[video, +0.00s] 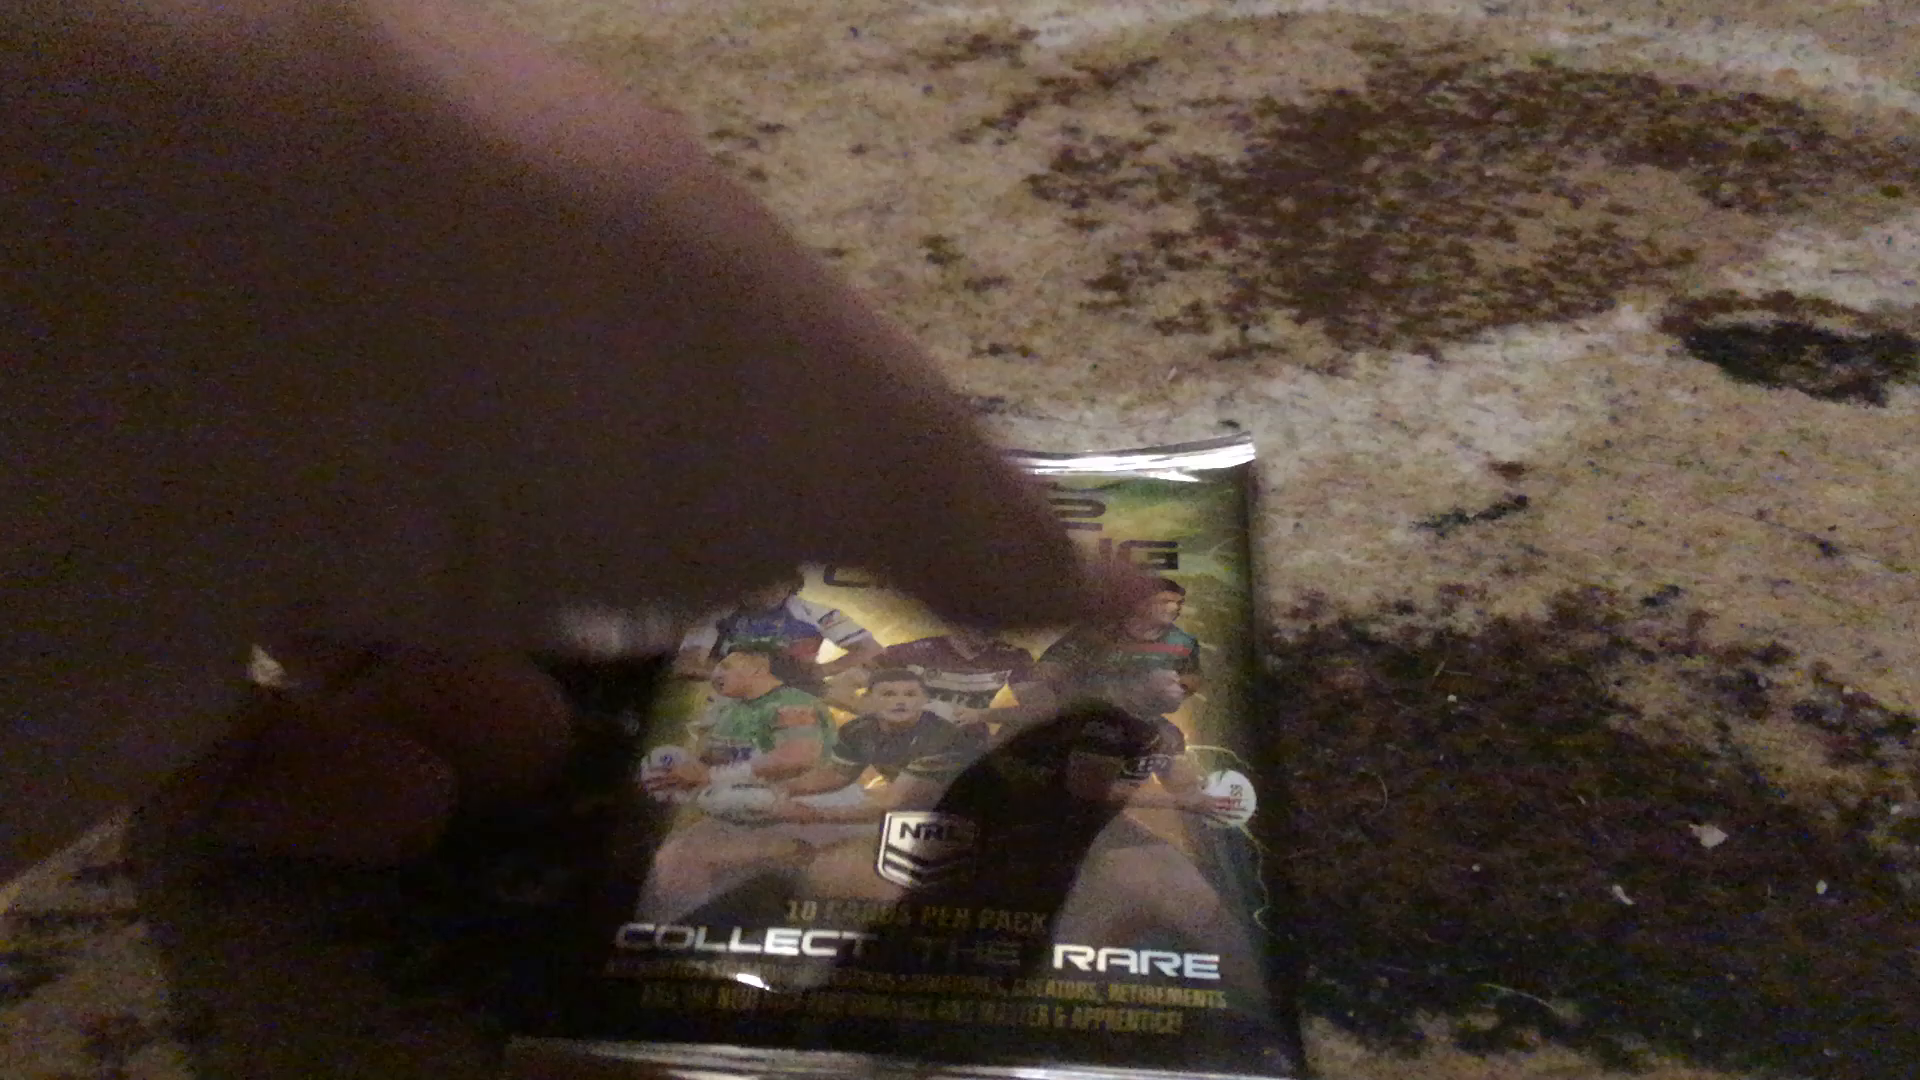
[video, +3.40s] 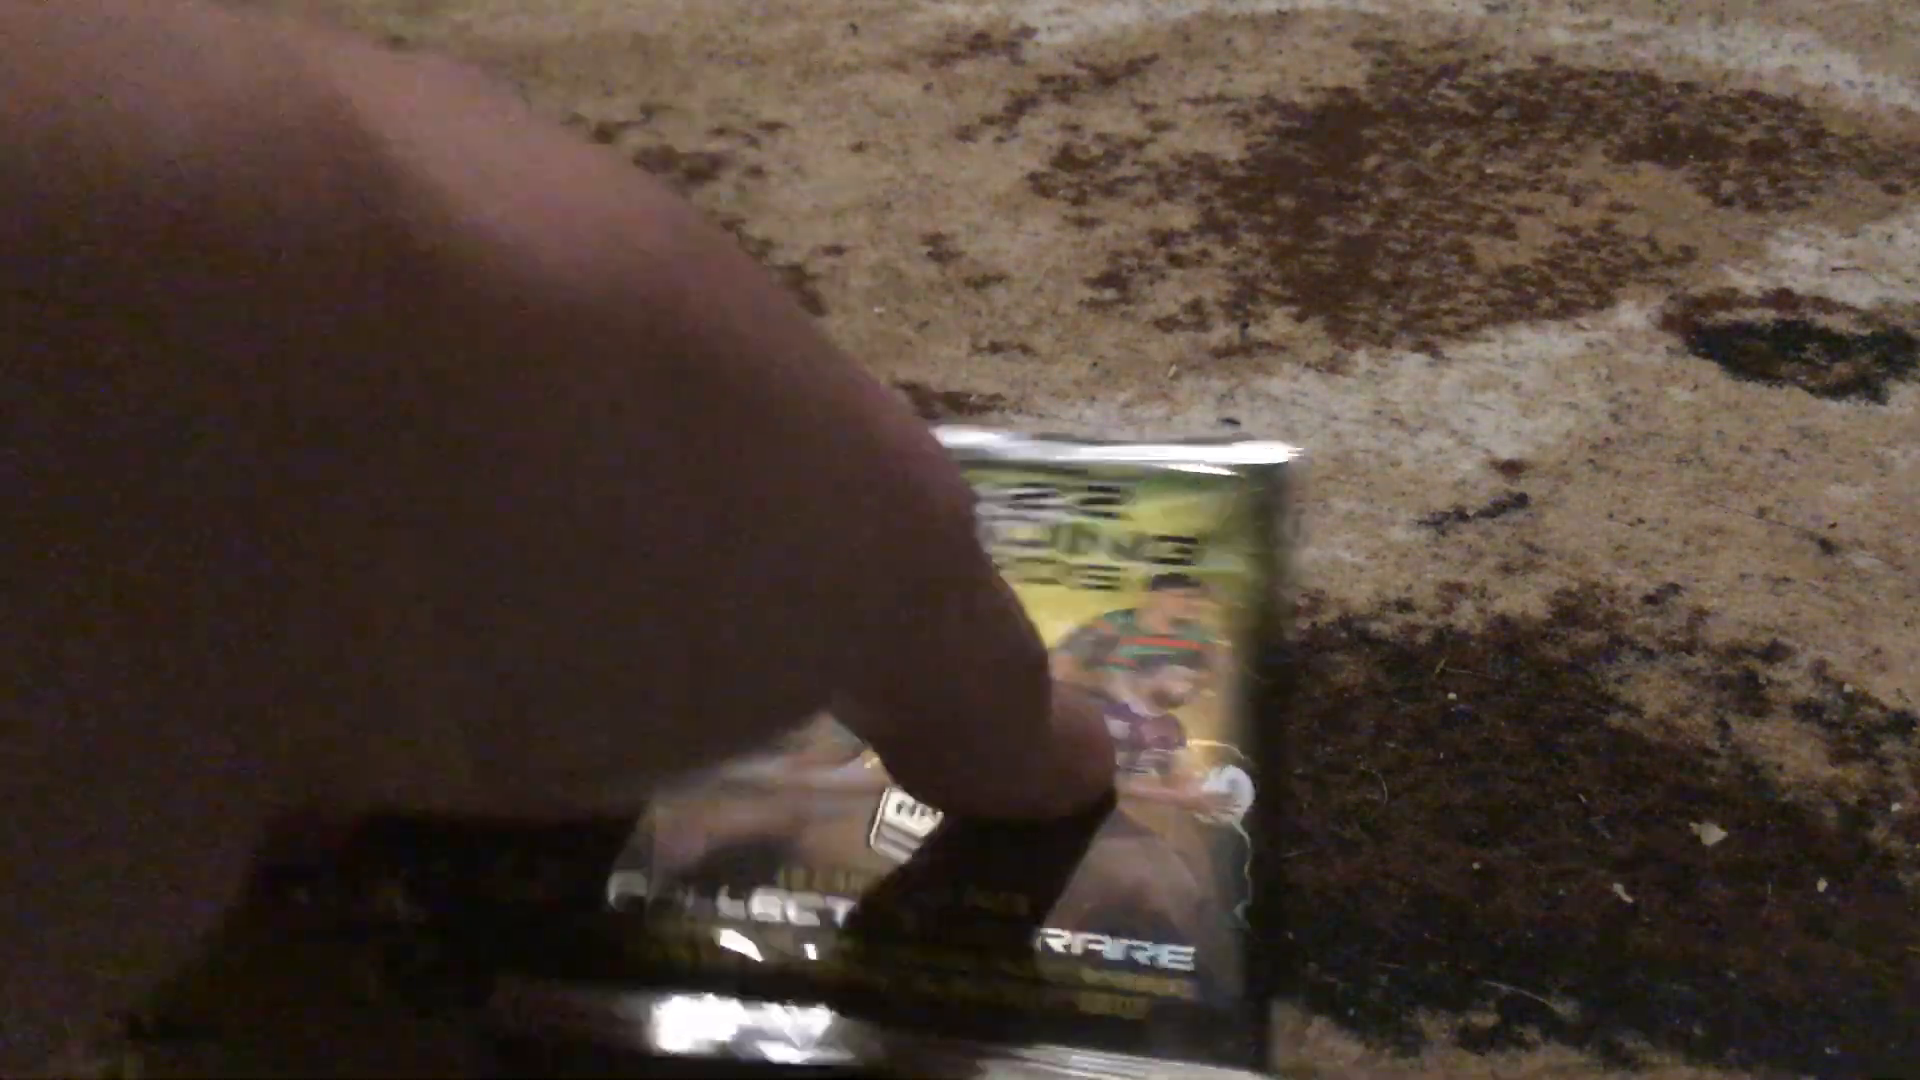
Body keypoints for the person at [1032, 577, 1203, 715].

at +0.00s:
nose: (1174, 609)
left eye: (1178, 604)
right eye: (1165, 602)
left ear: (1180, 607)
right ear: (1142, 602)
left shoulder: (1183, 644)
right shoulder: (1096, 632)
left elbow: (1193, 678)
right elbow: (1057, 661)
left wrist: (1178, 688)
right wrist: (1042, 679)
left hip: (1141, 722)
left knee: (1171, 739)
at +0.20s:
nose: (1176, 606)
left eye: (1179, 602)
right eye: (1167, 599)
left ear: (1182, 606)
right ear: (1135, 600)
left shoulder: (1185, 641)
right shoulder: (1098, 630)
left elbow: (1194, 676)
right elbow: (1046, 670)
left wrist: (1162, 691)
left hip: (1148, 731)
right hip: (1088, 728)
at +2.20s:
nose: (1177, 605)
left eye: (1179, 600)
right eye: (1168, 598)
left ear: (1183, 604)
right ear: (1135, 598)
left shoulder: (1186, 640)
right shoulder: (1098, 629)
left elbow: (1194, 672)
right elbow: (1045, 671)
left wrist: (1162, 694)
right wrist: (1107, 691)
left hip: (1142, 729)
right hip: (1082, 726)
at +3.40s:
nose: (1188, 605)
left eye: (1191, 598)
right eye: (1180, 596)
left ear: (1194, 600)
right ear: (1156, 596)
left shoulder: (1196, 639)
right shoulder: (1112, 626)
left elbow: (1215, 678)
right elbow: (1060, 665)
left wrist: (1185, 686)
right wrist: (1108, 683)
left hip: (1162, 728)